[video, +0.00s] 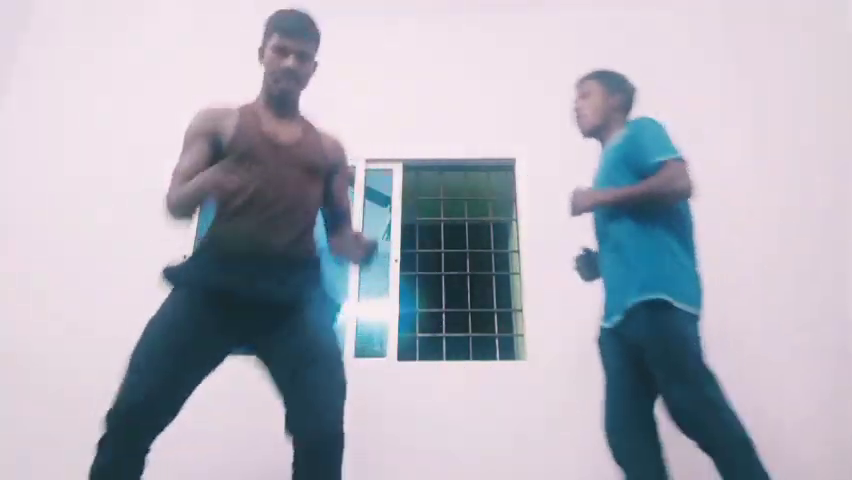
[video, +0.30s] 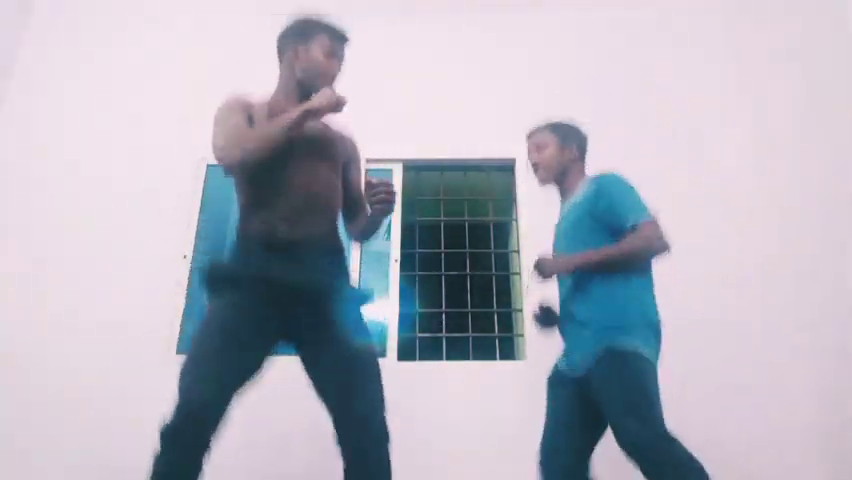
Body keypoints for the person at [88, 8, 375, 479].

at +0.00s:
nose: (290, 64)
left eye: (301, 56)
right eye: (281, 52)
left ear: (314, 66)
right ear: (262, 54)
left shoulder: (329, 151)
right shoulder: (215, 124)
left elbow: (339, 231)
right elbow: (176, 204)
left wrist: (354, 245)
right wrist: (209, 180)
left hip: (292, 302)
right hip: (211, 293)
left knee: (322, 431)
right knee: (131, 418)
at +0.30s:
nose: (337, 67)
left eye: (340, 58)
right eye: (330, 54)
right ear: (293, 53)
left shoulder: (341, 139)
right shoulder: (240, 109)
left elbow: (358, 228)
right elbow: (231, 154)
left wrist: (377, 209)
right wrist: (307, 110)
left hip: (324, 296)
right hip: (251, 290)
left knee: (366, 427)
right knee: (194, 415)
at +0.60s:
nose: (315, 53)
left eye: (317, 44)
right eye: (308, 39)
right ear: (270, 36)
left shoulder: (314, 117)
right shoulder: (211, 88)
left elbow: (336, 210)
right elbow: (173, 149)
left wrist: (324, 156)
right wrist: (258, 107)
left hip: (283, 277)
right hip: (206, 264)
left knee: (330, 427)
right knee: (120, 372)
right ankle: (62, 475)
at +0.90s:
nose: (284, 62)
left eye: (287, 55)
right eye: (276, 48)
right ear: (237, 45)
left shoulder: (277, 137)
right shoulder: (169, 103)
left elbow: (297, 233)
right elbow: (124, 176)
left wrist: (287, 176)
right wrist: (210, 136)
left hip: (246, 290)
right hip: (165, 283)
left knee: (334, 414)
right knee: (80, 400)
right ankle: (17, 475)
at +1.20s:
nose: (329, 102)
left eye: (331, 94)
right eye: (321, 89)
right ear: (283, 88)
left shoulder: (325, 178)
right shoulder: (220, 149)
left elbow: (342, 273)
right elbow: (185, 227)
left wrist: (344, 231)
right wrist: (268, 178)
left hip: (302, 335)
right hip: (222, 330)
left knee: (369, 468)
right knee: (172, 437)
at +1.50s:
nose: (298, 66)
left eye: (303, 59)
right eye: (292, 52)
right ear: (255, 49)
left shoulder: (287, 139)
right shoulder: (184, 98)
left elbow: (291, 234)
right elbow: (122, 161)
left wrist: (291, 184)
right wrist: (208, 135)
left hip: (238, 281)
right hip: (159, 267)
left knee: (292, 422)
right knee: (62, 374)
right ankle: (11, 471)